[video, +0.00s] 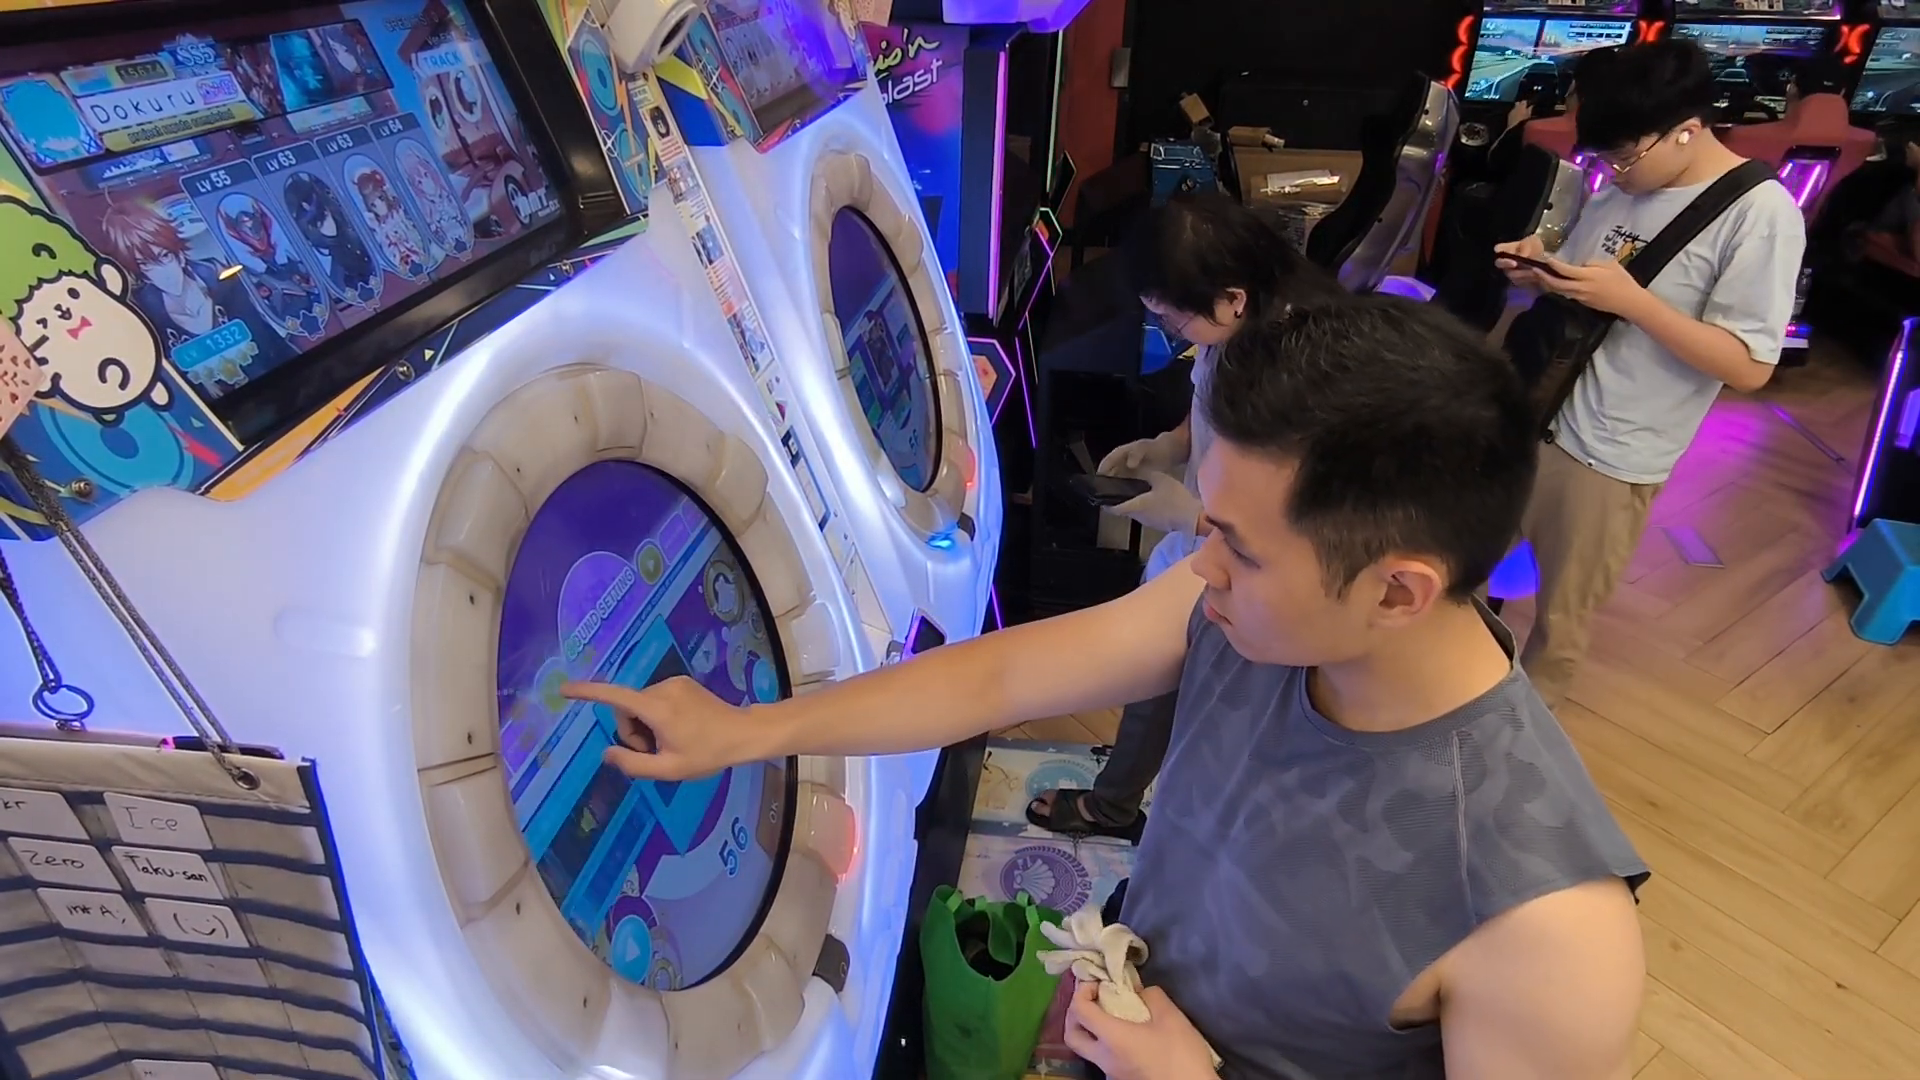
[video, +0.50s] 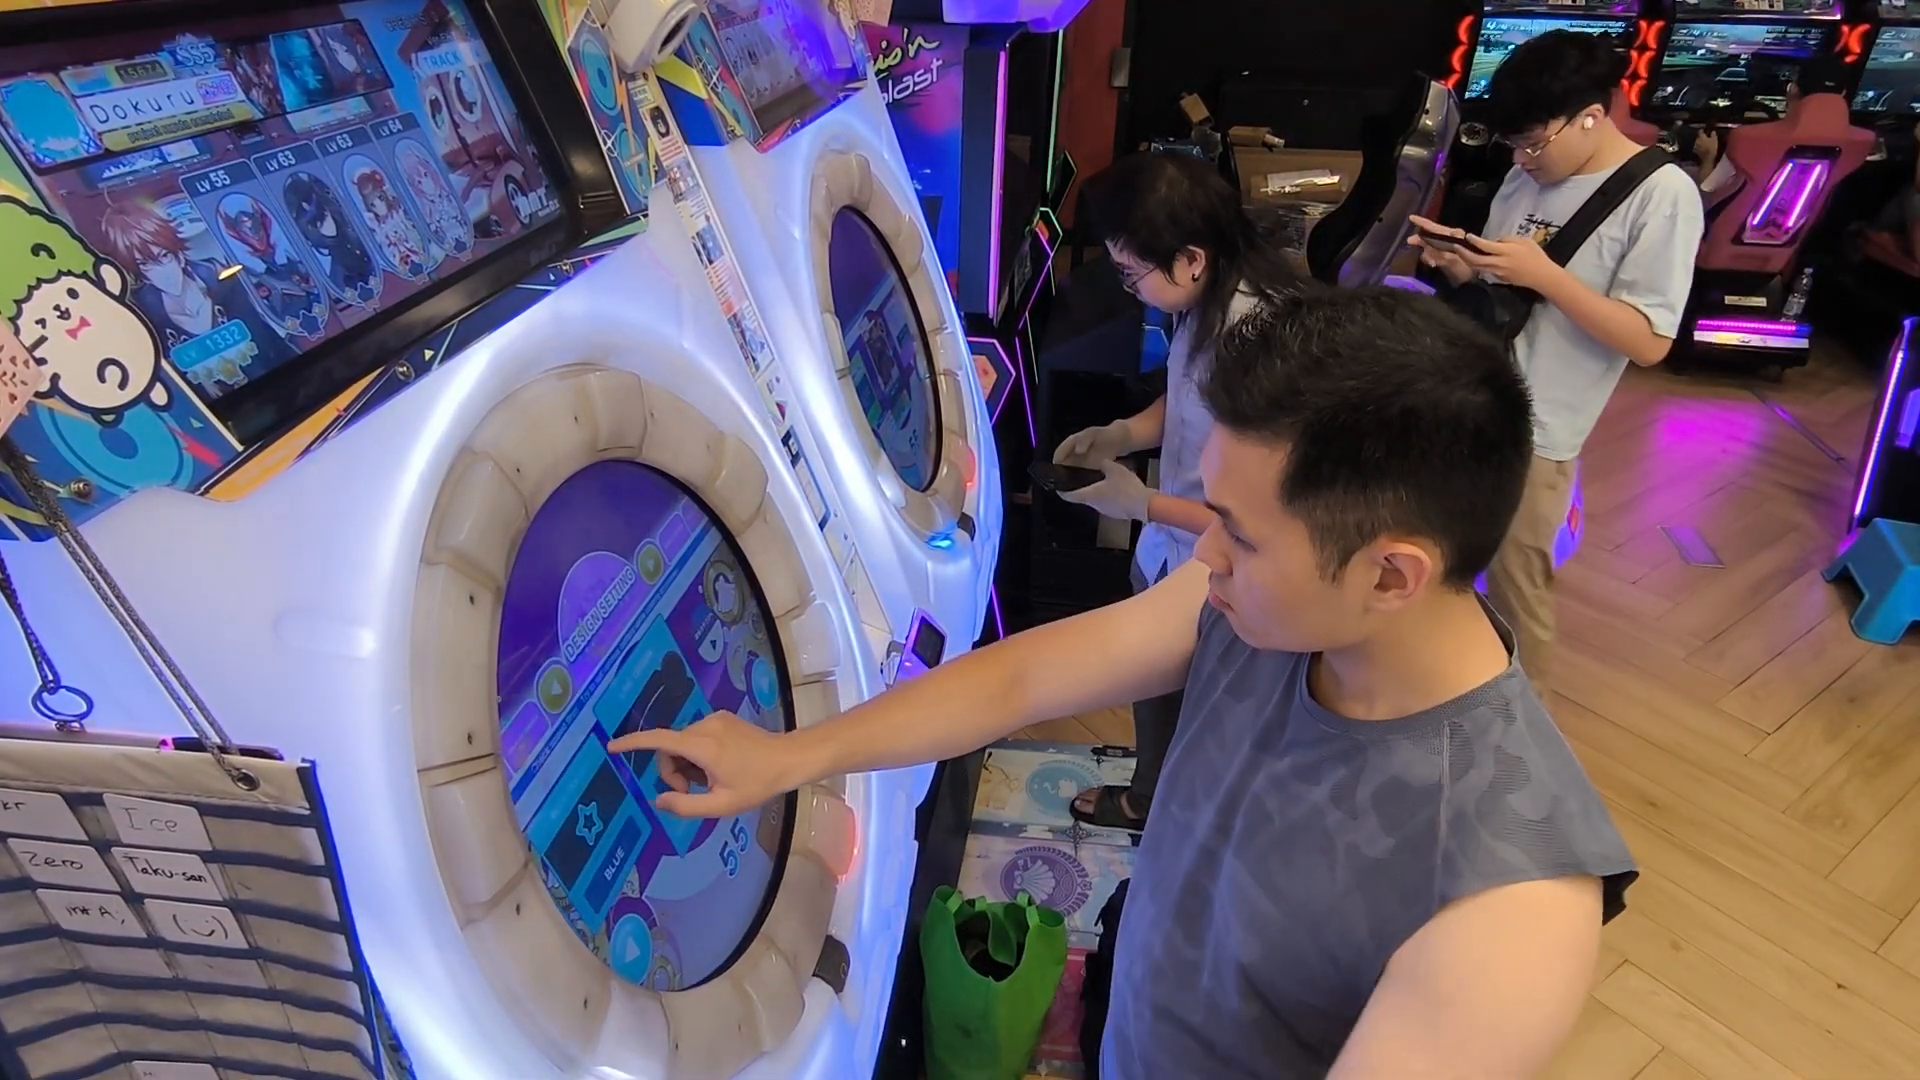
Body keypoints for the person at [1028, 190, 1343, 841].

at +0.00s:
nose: (1171, 334)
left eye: (1177, 320)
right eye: (1162, 320)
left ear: (1234, 301)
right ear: (1232, 301)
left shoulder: (1298, 370)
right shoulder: (1229, 332)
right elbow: (1207, 419)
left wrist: (1190, 510)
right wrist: (1163, 447)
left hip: (1260, 550)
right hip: (1199, 530)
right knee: (1160, 667)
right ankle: (1119, 795)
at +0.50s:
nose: (1128, 283)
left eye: (1134, 269)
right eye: (1122, 268)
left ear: (1192, 261)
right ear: (1187, 262)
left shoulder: (1255, 342)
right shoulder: (1196, 309)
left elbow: (1259, 518)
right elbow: (1185, 403)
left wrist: (1147, 504)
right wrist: (1123, 435)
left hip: (1218, 561)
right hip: (1167, 536)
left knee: (1189, 693)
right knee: (1155, 676)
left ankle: (1160, 804)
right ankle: (1149, 785)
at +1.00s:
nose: (1089, 252)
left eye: (1096, 237)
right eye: (1084, 237)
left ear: (1151, 231)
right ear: (1146, 231)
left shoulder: (1232, 323)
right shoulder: (1157, 289)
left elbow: (1244, 487)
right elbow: (1138, 391)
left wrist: (1129, 483)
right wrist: (1054, 430)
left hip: (1200, 550)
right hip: (1145, 528)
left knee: (1190, 699)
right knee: (1146, 679)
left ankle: (1179, 815)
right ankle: (1143, 792)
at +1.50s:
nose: (1093, 259)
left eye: (1101, 244)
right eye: (1085, 244)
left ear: (1158, 229)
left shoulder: (1235, 322)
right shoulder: (1148, 278)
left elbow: (1242, 476)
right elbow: (1133, 383)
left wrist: (1119, 475)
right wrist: (1063, 413)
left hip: (1203, 544)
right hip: (1143, 521)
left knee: (1193, 687)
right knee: (1148, 671)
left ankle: (1186, 807)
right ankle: (1152, 787)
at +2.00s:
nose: (1130, 233)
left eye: (1152, 214)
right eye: (1117, 212)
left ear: (1207, 212)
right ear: (1105, 209)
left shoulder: (1247, 324)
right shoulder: (1145, 284)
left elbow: (1259, 481)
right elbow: (1124, 379)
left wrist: (1134, 479)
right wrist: (1043, 414)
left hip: (1202, 567)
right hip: (1135, 534)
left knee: (1187, 706)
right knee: (1145, 684)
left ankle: (1173, 817)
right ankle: (1151, 789)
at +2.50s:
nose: (1133, 257)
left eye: (1152, 241)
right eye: (1122, 238)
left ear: (1212, 222)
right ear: (1111, 218)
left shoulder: (1260, 329)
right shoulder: (1152, 282)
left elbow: (1262, 486)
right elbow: (1135, 375)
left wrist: (1138, 476)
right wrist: (1088, 406)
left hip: (1211, 557)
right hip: (1145, 527)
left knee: (1198, 703)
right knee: (1151, 675)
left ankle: (1195, 836)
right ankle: (1153, 795)